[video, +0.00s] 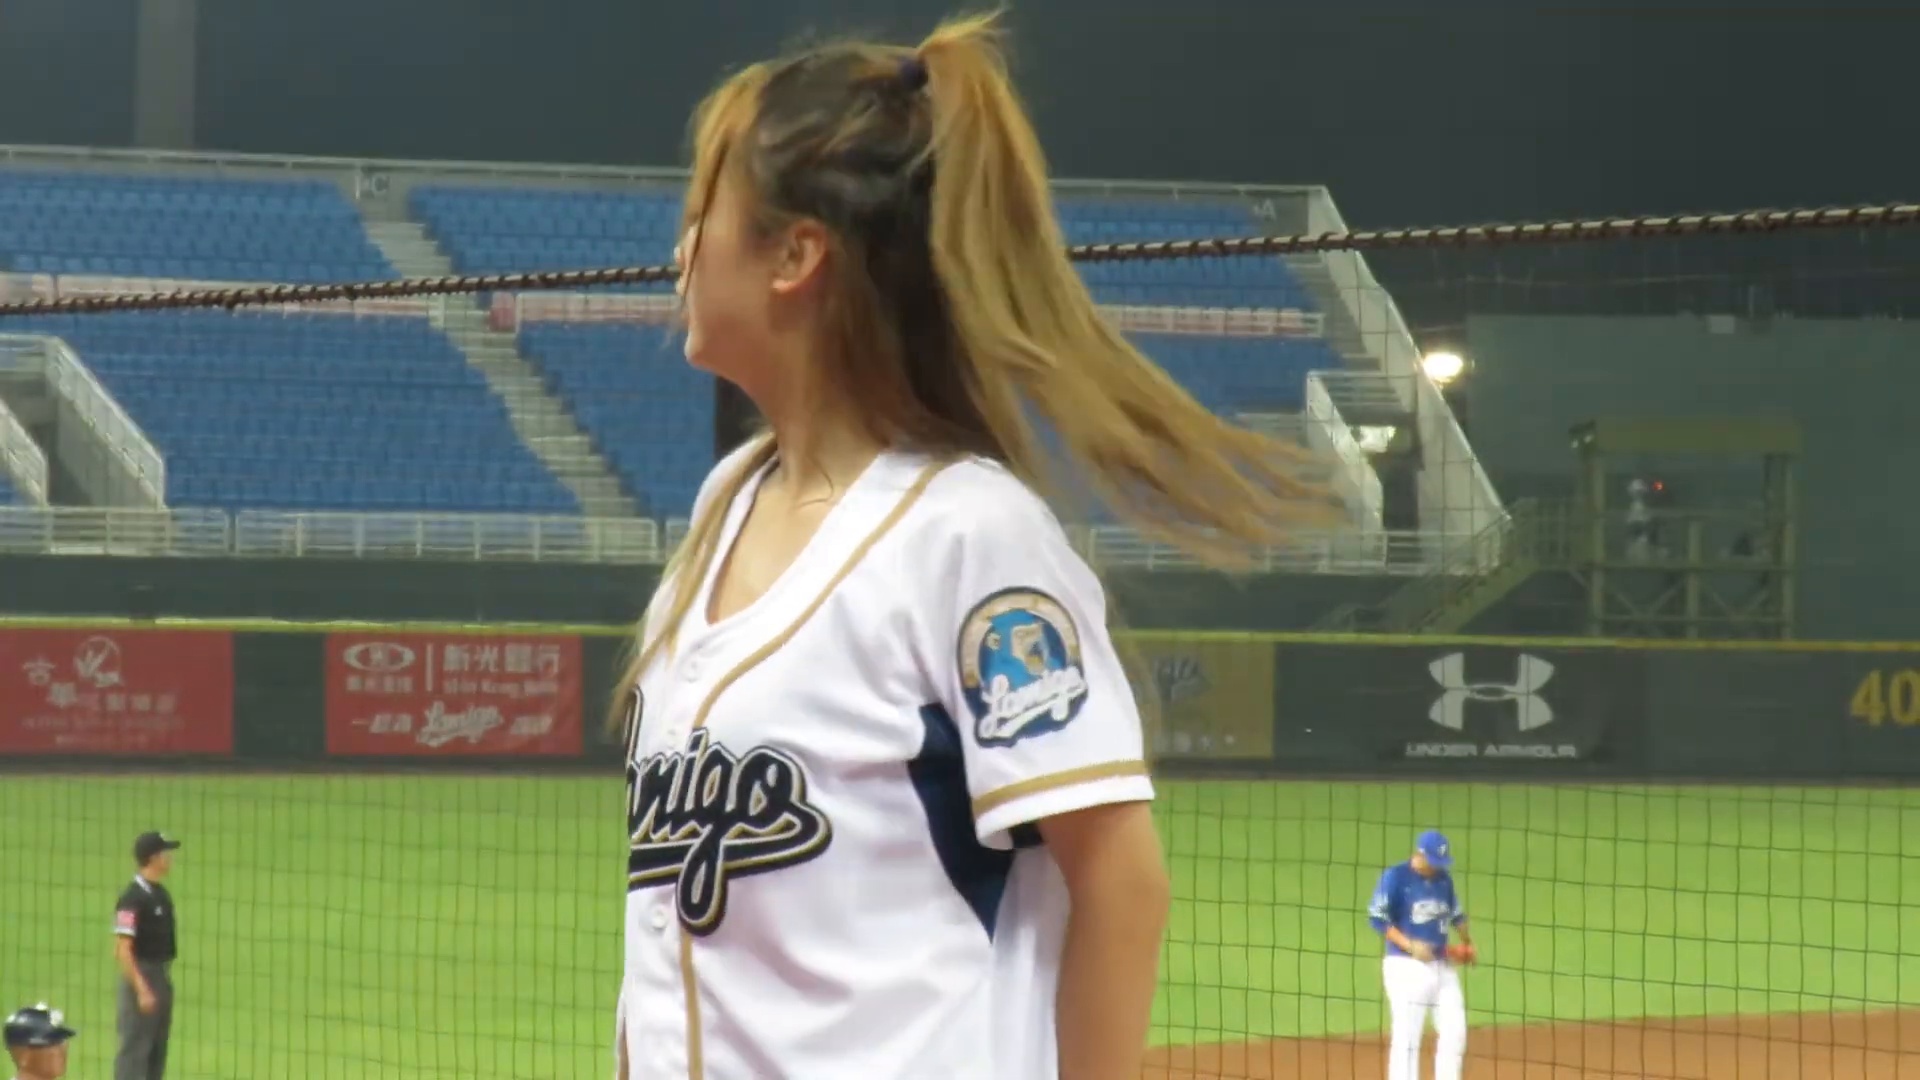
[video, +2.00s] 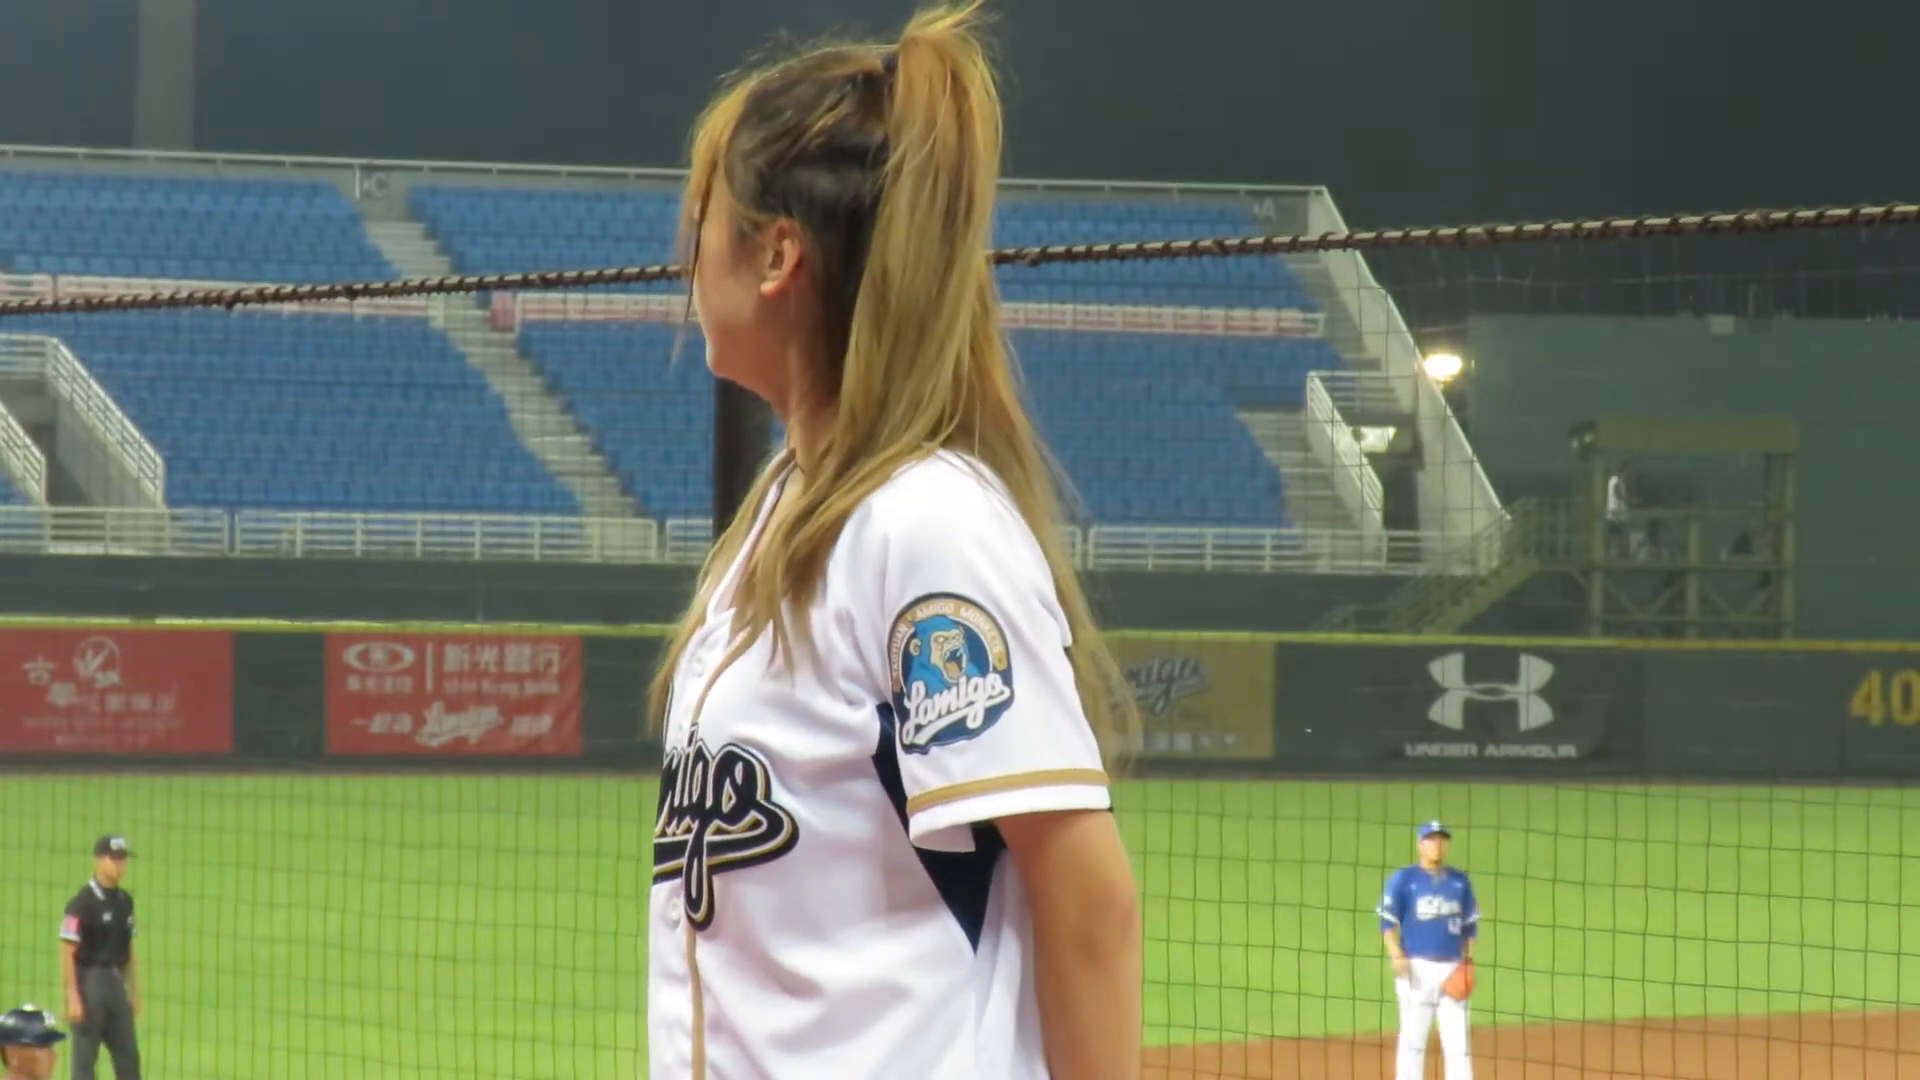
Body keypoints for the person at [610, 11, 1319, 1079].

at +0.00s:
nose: (680, 253)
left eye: (701, 218)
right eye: (692, 217)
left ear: (797, 259)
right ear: (796, 261)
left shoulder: (979, 529)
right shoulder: (726, 502)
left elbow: (1122, 884)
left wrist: (1086, 1075)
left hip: (908, 1059)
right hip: (679, 1057)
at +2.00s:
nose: (690, 258)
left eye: (705, 222)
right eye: (699, 220)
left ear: (779, 259)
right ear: (779, 259)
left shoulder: (931, 521)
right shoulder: (783, 499)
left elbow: (1089, 895)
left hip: (884, 1057)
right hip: (732, 1050)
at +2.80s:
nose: (689, 261)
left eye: (703, 222)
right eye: (698, 220)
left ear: (779, 255)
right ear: (775, 256)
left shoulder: (934, 533)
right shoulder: (782, 501)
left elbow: (1092, 908)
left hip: (879, 1056)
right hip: (716, 1050)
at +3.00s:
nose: (687, 260)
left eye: (702, 220)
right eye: (697, 219)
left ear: (778, 254)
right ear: (774, 255)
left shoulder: (933, 534)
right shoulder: (783, 502)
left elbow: (1093, 911)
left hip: (877, 1057)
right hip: (716, 1051)